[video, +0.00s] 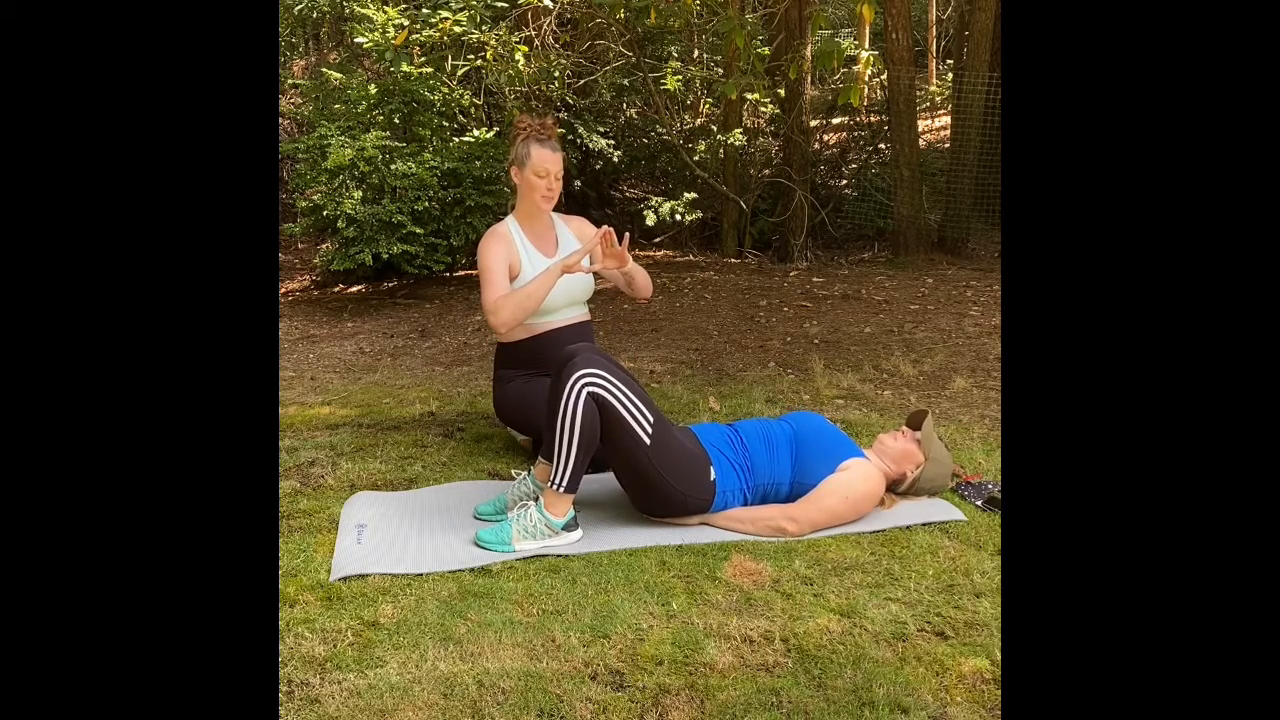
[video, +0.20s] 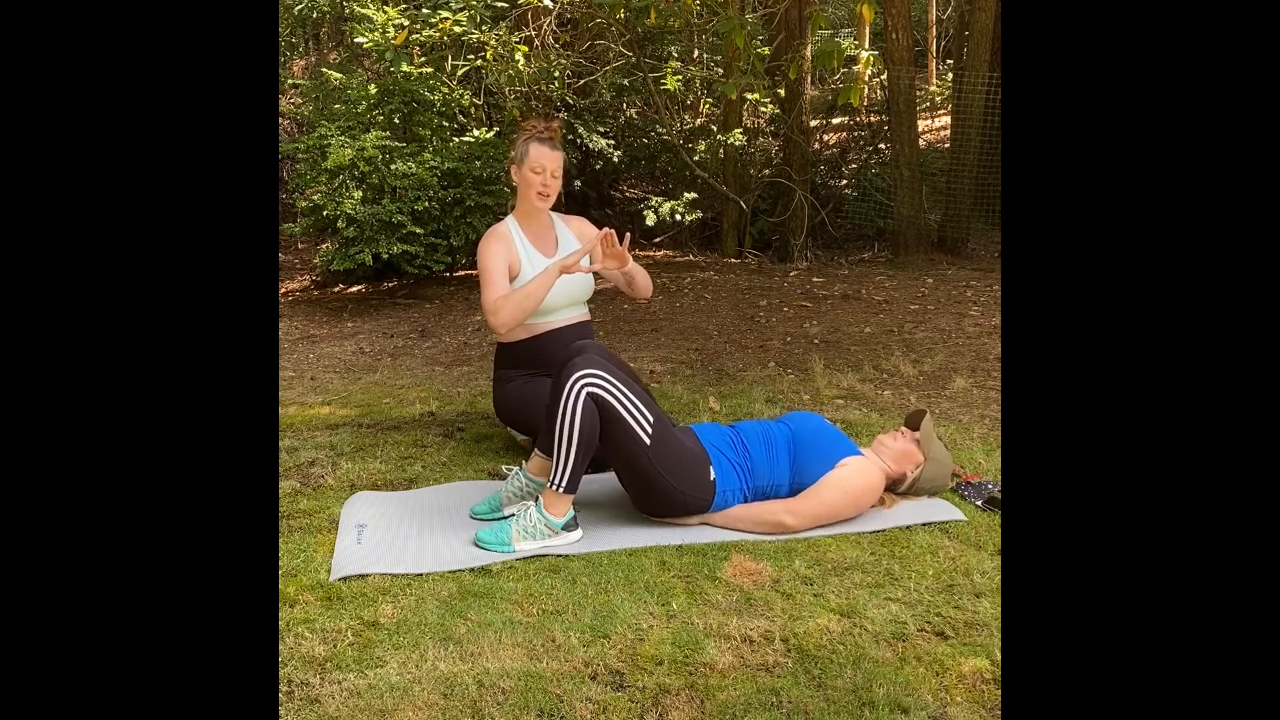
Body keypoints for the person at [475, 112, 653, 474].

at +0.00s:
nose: (552, 186)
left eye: (558, 176)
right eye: (541, 176)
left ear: (564, 177)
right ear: (515, 175)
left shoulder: (578, 229)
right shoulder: (497, 243)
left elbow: (643, 293)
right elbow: (500, 321)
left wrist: (627, 269)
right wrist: (556, 269)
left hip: (584, 364)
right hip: (523, 377)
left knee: (643, 439)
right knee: (606, 447)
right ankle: (541, 451)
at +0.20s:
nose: (548, 183)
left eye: (555, 174)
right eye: (537, 171)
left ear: (562, 179)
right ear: (515, 173)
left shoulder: (578, 229)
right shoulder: (498, 242)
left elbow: (643, 292)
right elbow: (501, 320)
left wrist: (627, 270)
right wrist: (554, 269)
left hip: (586, 363)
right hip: (523, 377)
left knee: (643, 436)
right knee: (603, 446)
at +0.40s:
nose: (548, 182)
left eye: (556, 173)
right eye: (538, 171)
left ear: (563, 179)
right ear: (515, 173)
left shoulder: (578, 229)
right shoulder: (498, 242)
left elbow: (644, 291)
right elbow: (501, 320)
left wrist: (627, 269)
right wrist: (554, 268)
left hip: (585, 363)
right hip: (523, 376)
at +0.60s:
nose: (549, 182)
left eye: (557, 173)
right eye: (539, 171)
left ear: (563, 179)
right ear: (515, 173)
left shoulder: (579, 229)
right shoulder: (498, 242)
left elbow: (644, 291)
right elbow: (501, 321)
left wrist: (627, 270)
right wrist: (555, 269)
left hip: (583, 364)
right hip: (523, 377)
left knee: (638, 441)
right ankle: (540, 452)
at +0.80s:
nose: (549, 182)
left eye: (557, 173)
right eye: (539, 171)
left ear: (564, 179)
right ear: (515, 173)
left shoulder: (579, 229)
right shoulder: (498, 242)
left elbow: (644, 292)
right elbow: (501, 321)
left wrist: (628, 270)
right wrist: (555, 269)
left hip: (583, 364)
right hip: (523, 377)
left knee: (639, 441)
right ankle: (541, 452)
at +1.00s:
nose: (550, 182)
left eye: (557, 174)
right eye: (539, 171)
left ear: (564, 179)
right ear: (516, 174)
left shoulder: (579, 229)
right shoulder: (498, 242)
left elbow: (644, 292)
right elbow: (501, 321)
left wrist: (629, 269)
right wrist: (554, 267)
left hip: (583, 364)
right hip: (523, 377)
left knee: (641, 441)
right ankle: (540, 452)